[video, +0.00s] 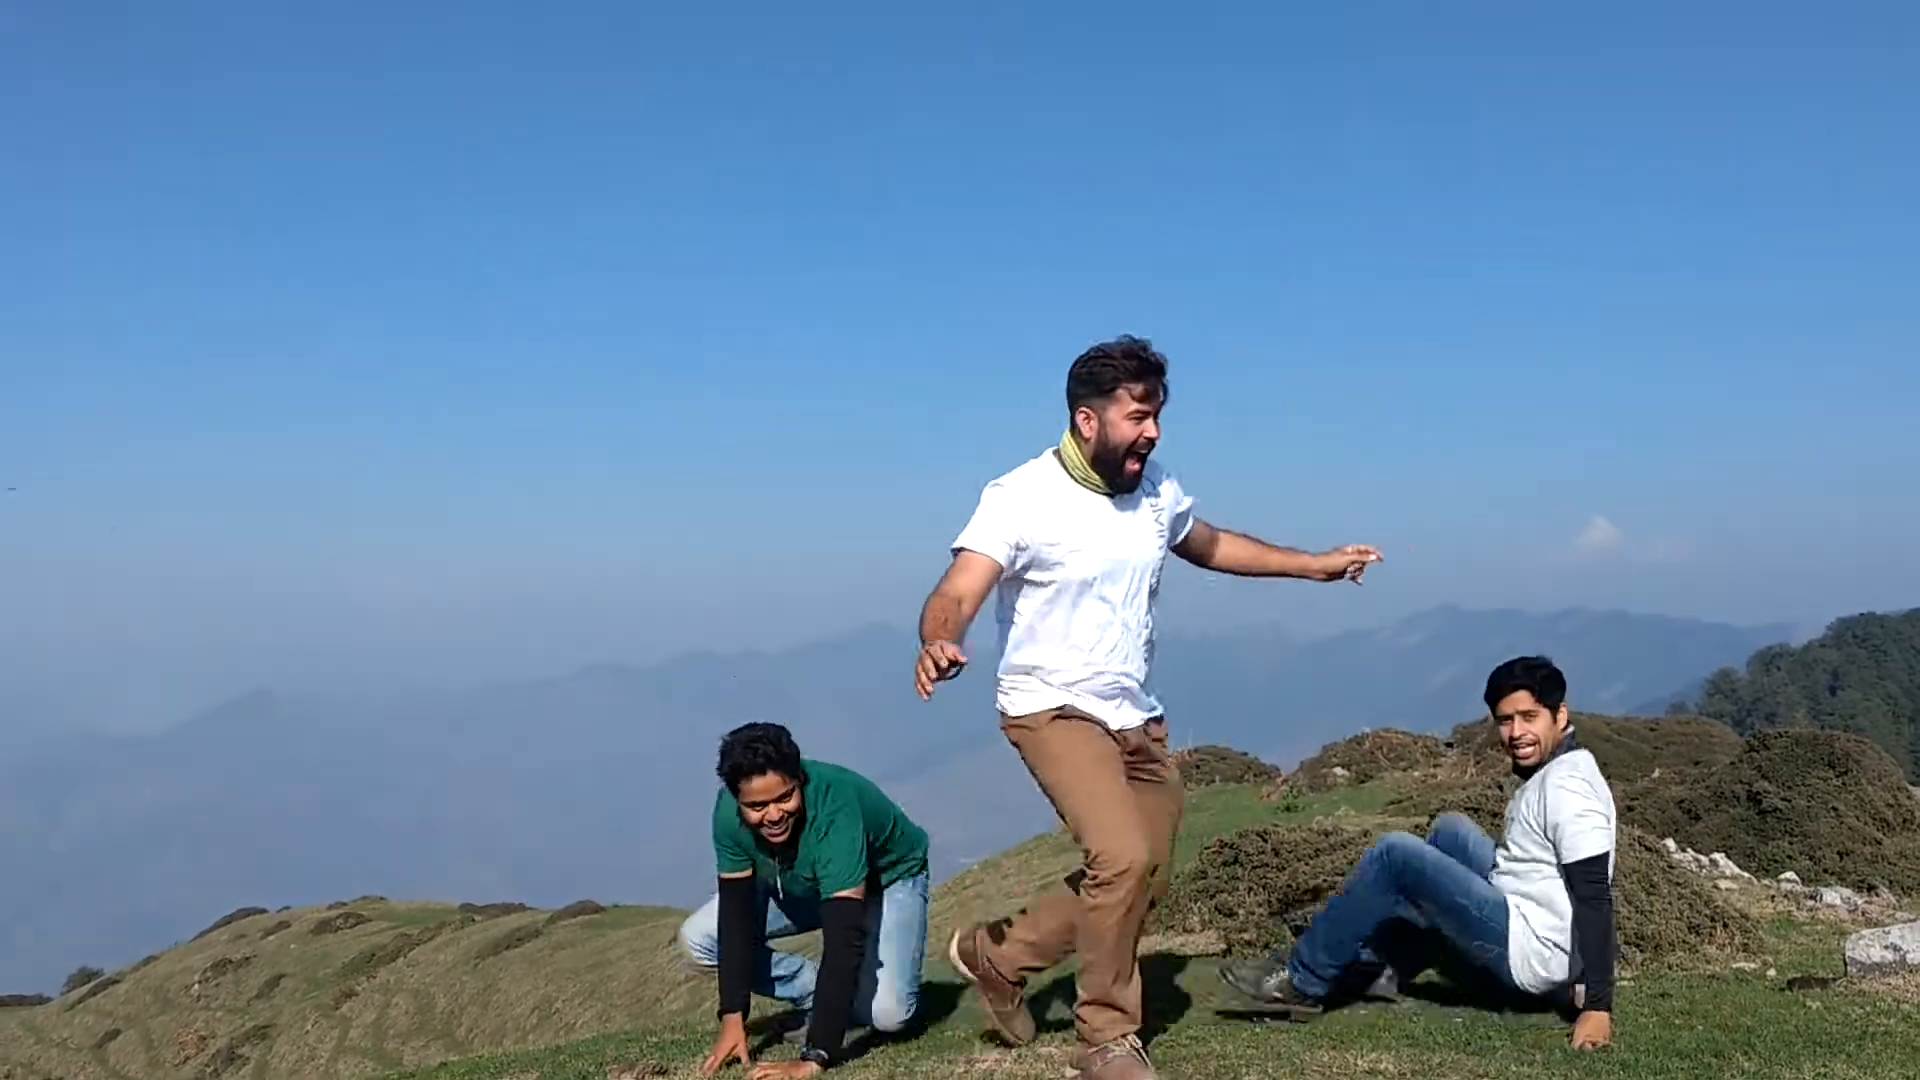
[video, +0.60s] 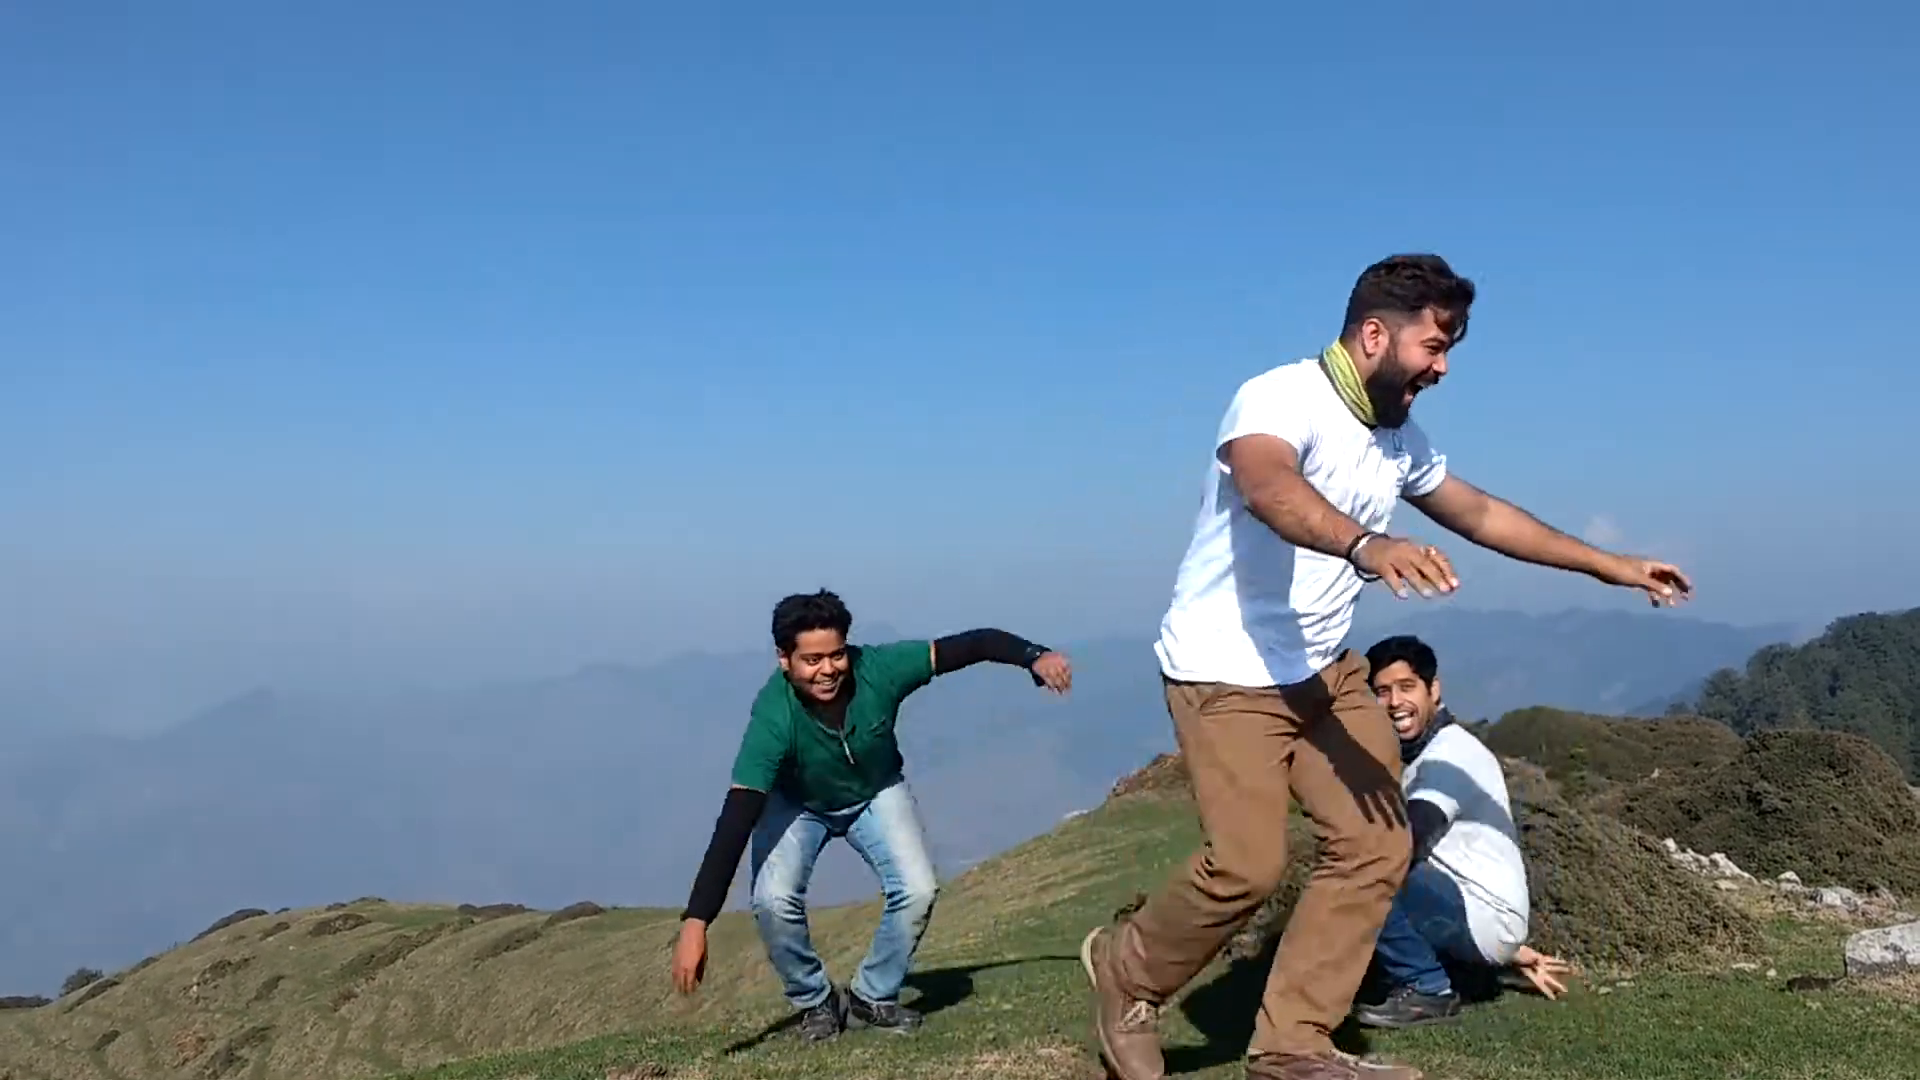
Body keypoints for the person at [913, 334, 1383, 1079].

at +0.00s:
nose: (1153, 432)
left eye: (1157, 416)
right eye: (1137, 416)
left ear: (1155, 415)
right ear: (1085, 417)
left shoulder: (1156, 492)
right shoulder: (1021, 496)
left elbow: (1211, 546)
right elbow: (956, 592)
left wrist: (1313, 564)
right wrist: (939, 641)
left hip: (1132, 715)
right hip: (1049, 706)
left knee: (1144, 879)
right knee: (1122, 856)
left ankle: (998, 954)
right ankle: (1107, 1034)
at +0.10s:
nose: (1170, 422)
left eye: (1174, 406)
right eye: (1154, 407)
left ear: (1176, 404)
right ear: (1101, 408)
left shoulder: (1177, 480)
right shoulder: (1036, 488)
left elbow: (1224, 531)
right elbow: (980, 567)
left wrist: (1313, 555)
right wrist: (961, 602)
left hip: (1166, 705)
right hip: (1070, 709)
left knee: (1211, 862)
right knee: (1120, 865)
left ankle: (1085, 930)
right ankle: (1107, 1033)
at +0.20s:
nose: (1200, 413)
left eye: (1205, 395)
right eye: (1185, 395)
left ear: (1203, 394)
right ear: (1130, 396)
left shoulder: (1201, 471)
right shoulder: (1060, 473)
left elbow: (1244, 520)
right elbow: (986, 556)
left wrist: (1329, 548)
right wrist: (967, 587)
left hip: (1190, 696)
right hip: (1089, 705)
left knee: (1255, 847)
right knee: (1119, 874)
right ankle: (1106, 1028)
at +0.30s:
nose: (1239, 409)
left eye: (1244, 390)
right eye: (1224, 390)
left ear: (1245, 388)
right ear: (1168, 389)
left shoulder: (1237, 468)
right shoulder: (1092, 462)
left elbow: (1288, 518)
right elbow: (1014, 548)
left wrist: (1377, 540)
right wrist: (1025, 578)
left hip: (1214, 695)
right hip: (1110, 708)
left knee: (1306, 830)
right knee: (1118, 886)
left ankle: (1236, 1011)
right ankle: (1110, 1034)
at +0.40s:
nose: (1287, 405)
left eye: (1291, 388)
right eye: (1274, 386)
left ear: (1281, 386)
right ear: (1215, 381)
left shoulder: (1274, 470)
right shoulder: (1133, 454)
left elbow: (1336, 520)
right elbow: (1081, 539)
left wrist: (1432, 540)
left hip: (1241, 700)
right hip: (1129, 716)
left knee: (1343, 821)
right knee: (1120, 898)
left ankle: (1273, 1022)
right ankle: (1110, 1034)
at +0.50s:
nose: (1359, 380)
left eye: (1365, 362)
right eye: (1348, 359)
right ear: (1288, 351)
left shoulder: (1333, 451)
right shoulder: (1202, 421)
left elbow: (1400, 512)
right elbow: (1169, 507)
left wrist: (1514, 543)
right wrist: (1264, 537)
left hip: (1276, 683)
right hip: (1172, 695)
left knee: (1349, 834)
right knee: (1153, 889)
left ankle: (1295, 1044)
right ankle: (1115, 1024)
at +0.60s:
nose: (1443, 367)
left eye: (1448, 350)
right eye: (1434, 345)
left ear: (1383, 340)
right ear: (1371, 332)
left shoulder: (1396, 440)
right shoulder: (1277, 397)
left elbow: (1483, 515)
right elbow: (1265, 486)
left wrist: (1608, 564)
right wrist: (1362, 545)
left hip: (1325, 673)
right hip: (1224, 675)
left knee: (1375, 845)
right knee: (1246, 868)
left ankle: (1293, 1043)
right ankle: (1126, 969)